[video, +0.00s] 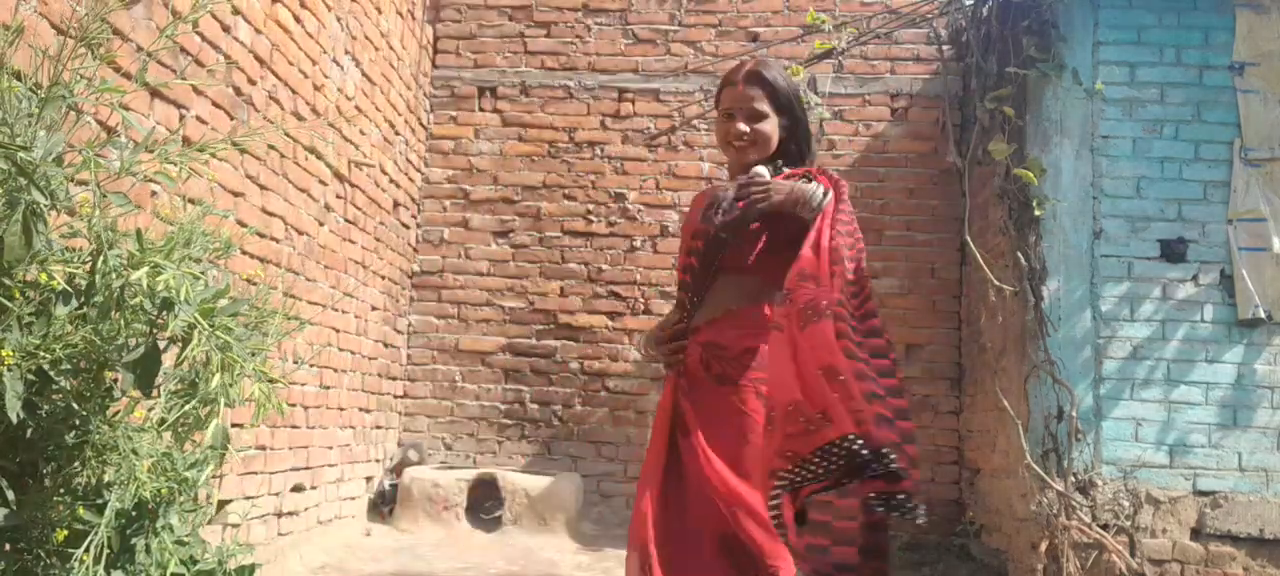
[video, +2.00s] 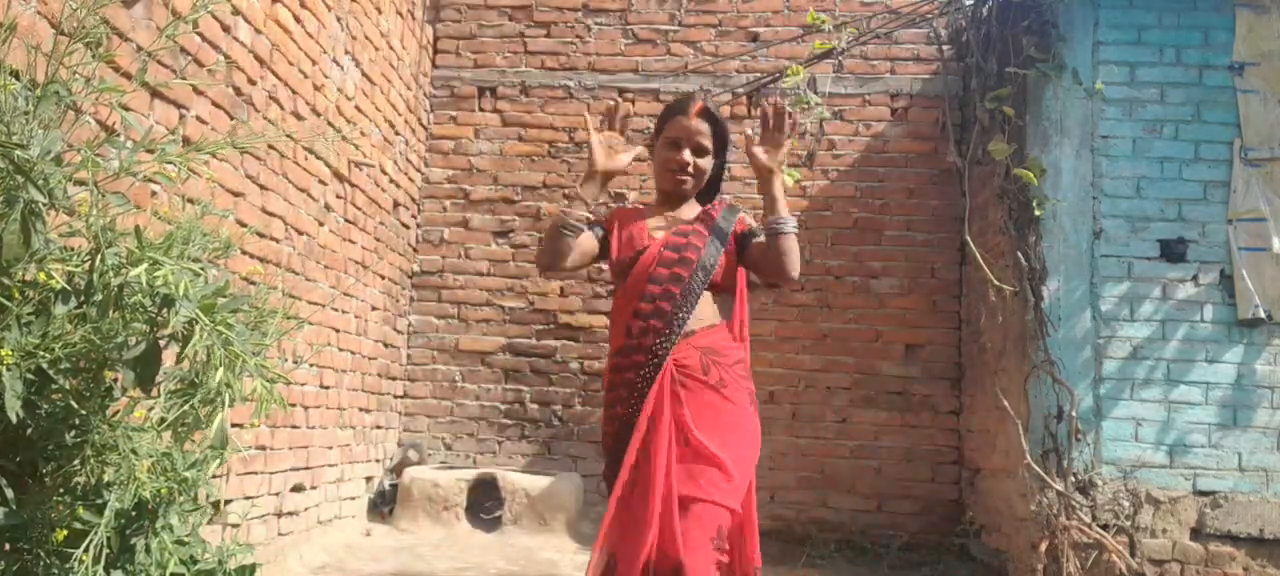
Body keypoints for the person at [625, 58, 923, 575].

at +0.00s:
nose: (739, 129)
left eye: (756, 116)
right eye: (727, 116)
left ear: (787, 125)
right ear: (715, 124)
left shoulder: (815, 191)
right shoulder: (708, 202)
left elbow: (845, 289)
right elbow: (693, 302)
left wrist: (812, 201)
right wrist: (661, 339)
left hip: (767, 377)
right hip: (697, 377)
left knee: (751, 525)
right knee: (682, 523)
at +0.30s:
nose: (719, 174)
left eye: (732, 164)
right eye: (709, 161)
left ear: (752, 174)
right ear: (691, 165)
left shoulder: (758, 241)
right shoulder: (662, 228)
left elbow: (807, 313)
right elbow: (615, 311)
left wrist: (820, 244)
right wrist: (670, 346)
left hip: (747, 389)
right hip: (679, 388)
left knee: (747, 529)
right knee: (683, 526)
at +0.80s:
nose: (696, 207)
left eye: (706, 196)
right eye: (684, 196)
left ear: (721, 198)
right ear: (666, 194)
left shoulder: (734, 247)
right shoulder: (647, 243)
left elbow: (802, 231)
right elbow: (619, 322)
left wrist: (762, 211)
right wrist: (686, 361)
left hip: (715, 386)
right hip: (658, 388)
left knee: (708, 489)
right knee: (658, 493)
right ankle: (655, 570)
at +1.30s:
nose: (682, 191)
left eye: (693, 180)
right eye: (671, 179)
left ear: (711, 184)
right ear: (654, 180)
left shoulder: (721, 238)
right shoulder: (631, 236)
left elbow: (769, 263)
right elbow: (596, 316)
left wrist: (756, 195)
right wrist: (621, 352)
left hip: (699, 393)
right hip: (636, 394)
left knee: (699, 510)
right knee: (635, 510)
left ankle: (699, 570)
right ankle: (637, 571)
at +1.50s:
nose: (681, 186)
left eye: (695, 178)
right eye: (672, 172)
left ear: (710, 188)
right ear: (653, 174)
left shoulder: (722, 244)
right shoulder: (621, 242)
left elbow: (761, 331)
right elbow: (588, 321)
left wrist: (739, 265)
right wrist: (594, 332)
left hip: (700, 401)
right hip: (632, 402)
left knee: (669, 519)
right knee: (624, 525)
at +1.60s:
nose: (683, 157)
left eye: (698, 150)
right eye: (674, 143)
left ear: (713, 163)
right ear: (655, 145)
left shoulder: (720, 218)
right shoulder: (622, 211)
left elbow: (760, 301)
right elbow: (582, 297)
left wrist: (749, 234)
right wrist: (613, 259)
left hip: (706, 366)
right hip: (636, 368)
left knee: (661, 474)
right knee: (632, 499)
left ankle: (695, 569)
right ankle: (634, 573)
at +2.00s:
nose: (684, 159)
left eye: (700, 151)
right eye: (673, 144)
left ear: (717, 163)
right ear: (652, 149)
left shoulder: (725, 222)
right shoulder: (623, 224)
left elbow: (784, 272)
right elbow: (553, 261)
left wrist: (771, 178)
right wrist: (594, 181)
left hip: (713, 390)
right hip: (637, 393)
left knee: (692, 545)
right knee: (637, 541)